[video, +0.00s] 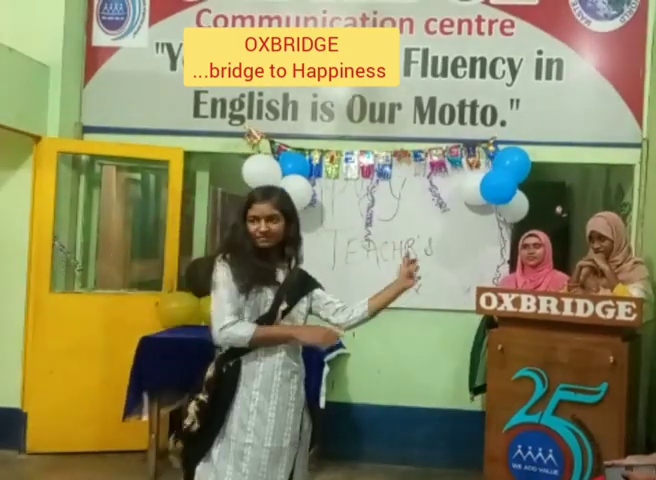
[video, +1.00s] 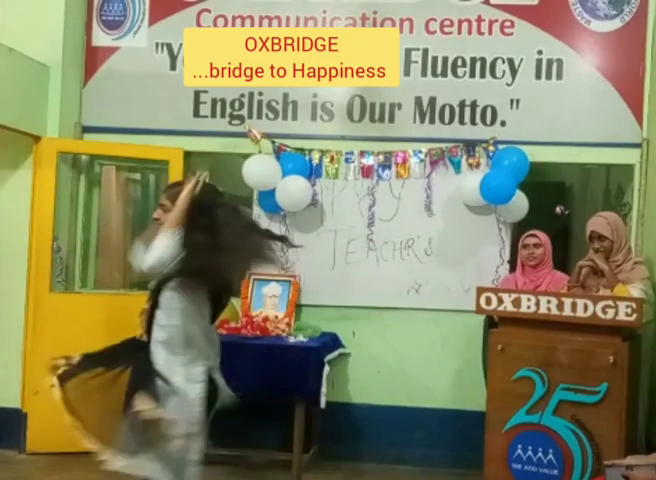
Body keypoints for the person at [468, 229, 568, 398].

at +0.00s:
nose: (531, 251)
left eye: (537, 246)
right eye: (525, 247)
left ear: (547, 251)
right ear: (519, 252)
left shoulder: (561, 281)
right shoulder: (507, 281)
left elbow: (567, 318)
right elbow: (495, 317)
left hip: (549, 349)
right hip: (512, 347)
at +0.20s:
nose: (531, 251)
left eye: (537, 246)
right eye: (525, 247)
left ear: (547, 251)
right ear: (519, 252)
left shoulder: (561, 281)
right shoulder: (508, 281)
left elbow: (565, 318)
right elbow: (497, 318)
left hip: (549, 348)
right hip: (513, 347)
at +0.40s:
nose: (531, 251)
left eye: (537, 246)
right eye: (526, 247)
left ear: (547, 251)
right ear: (519, 252)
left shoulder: (562, 282)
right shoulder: (507, 282)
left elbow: (566, 319)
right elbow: (496, 319)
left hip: (549, 351)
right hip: (512, 349)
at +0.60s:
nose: (531, 251)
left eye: (536, 246)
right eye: (526, 247)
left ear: (546, 251)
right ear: (520, 252)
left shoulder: (561, 281)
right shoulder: (507, 281)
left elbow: (565, 319)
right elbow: (495, 319)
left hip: (549, 351)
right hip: (512, 350)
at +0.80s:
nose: (531, 252)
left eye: (536, 246)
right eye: (526, 247)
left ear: (547, 251)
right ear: (519, 253)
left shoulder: (562, 281)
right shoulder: (507, 282)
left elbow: (566, 317)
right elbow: (497, 316)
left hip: (549, 348)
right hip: (512, 346)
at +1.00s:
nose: (530, 252)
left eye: (536, 246)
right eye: (525, 247)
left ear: (547, 250)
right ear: (519, 252)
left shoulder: (561, 281)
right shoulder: (508, 281)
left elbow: (566, 317)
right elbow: (496, 315)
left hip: (549, 347)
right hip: (512, 346)